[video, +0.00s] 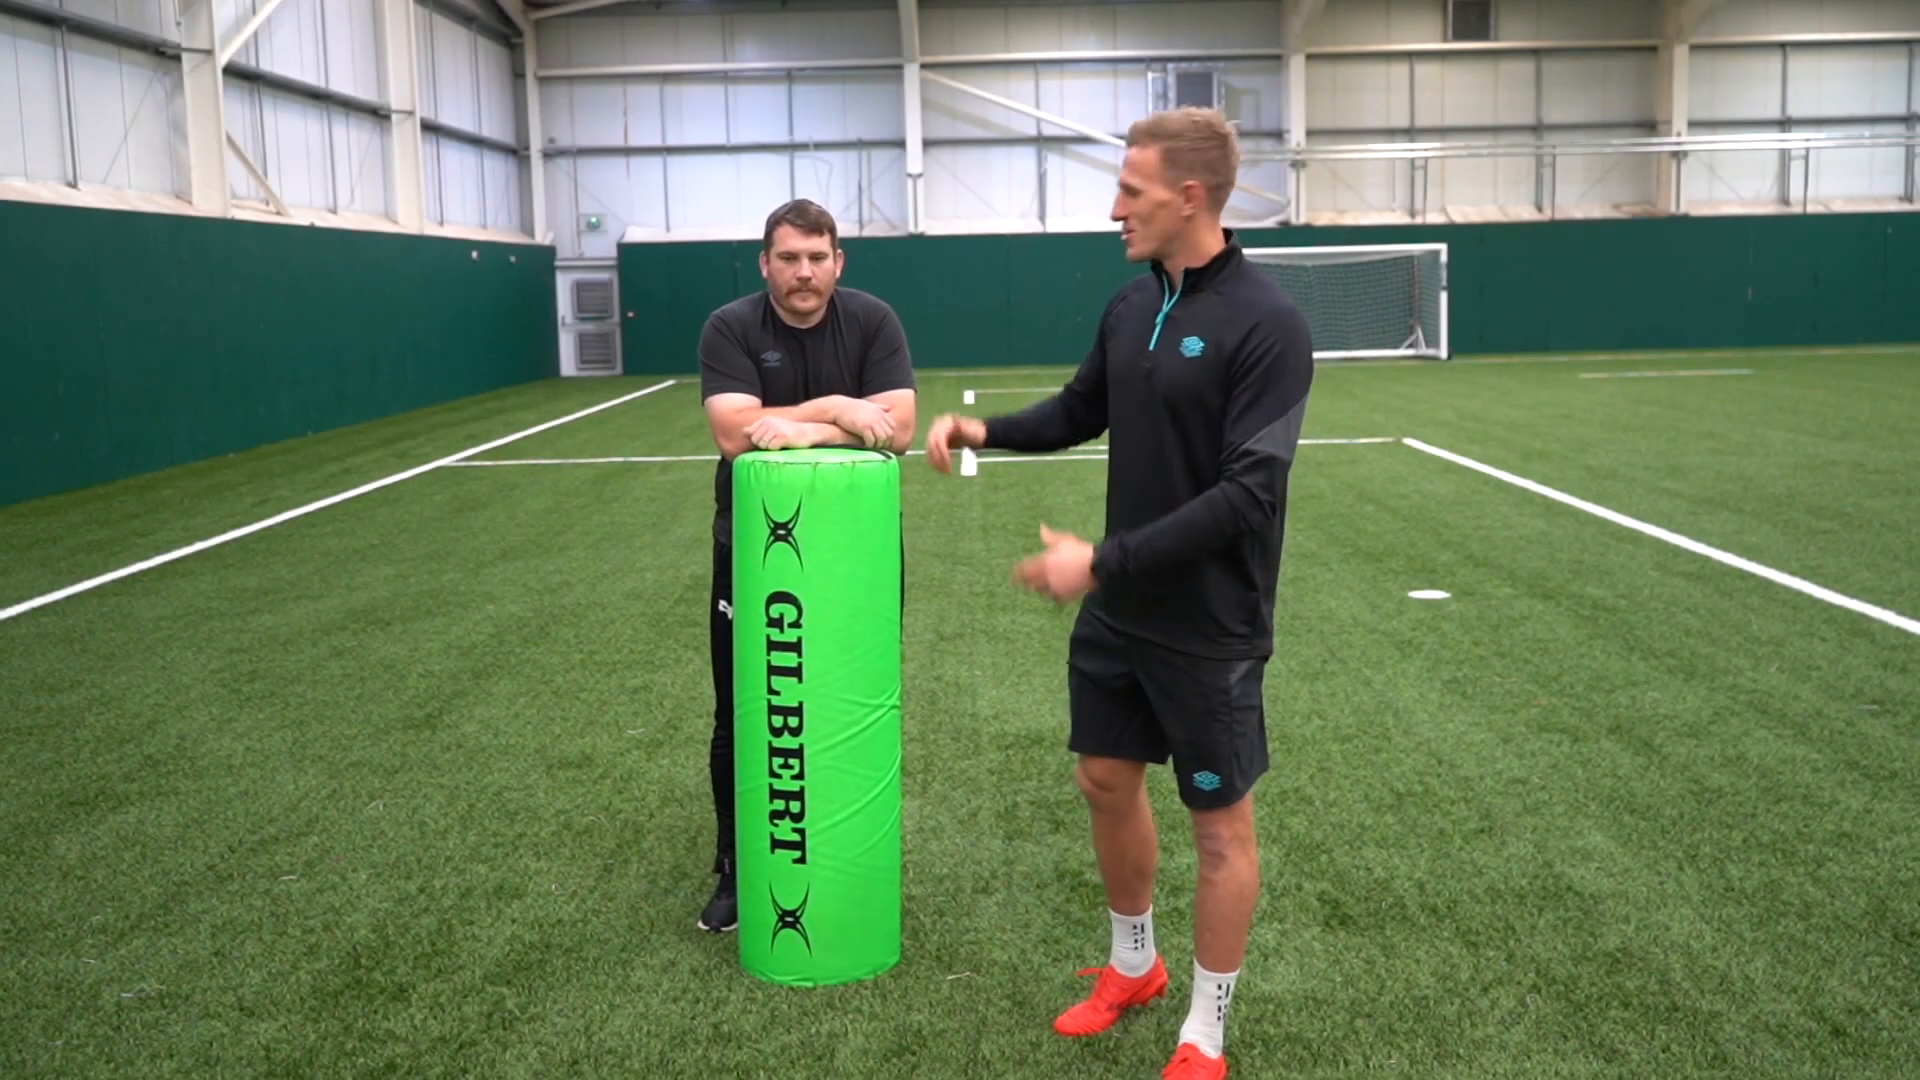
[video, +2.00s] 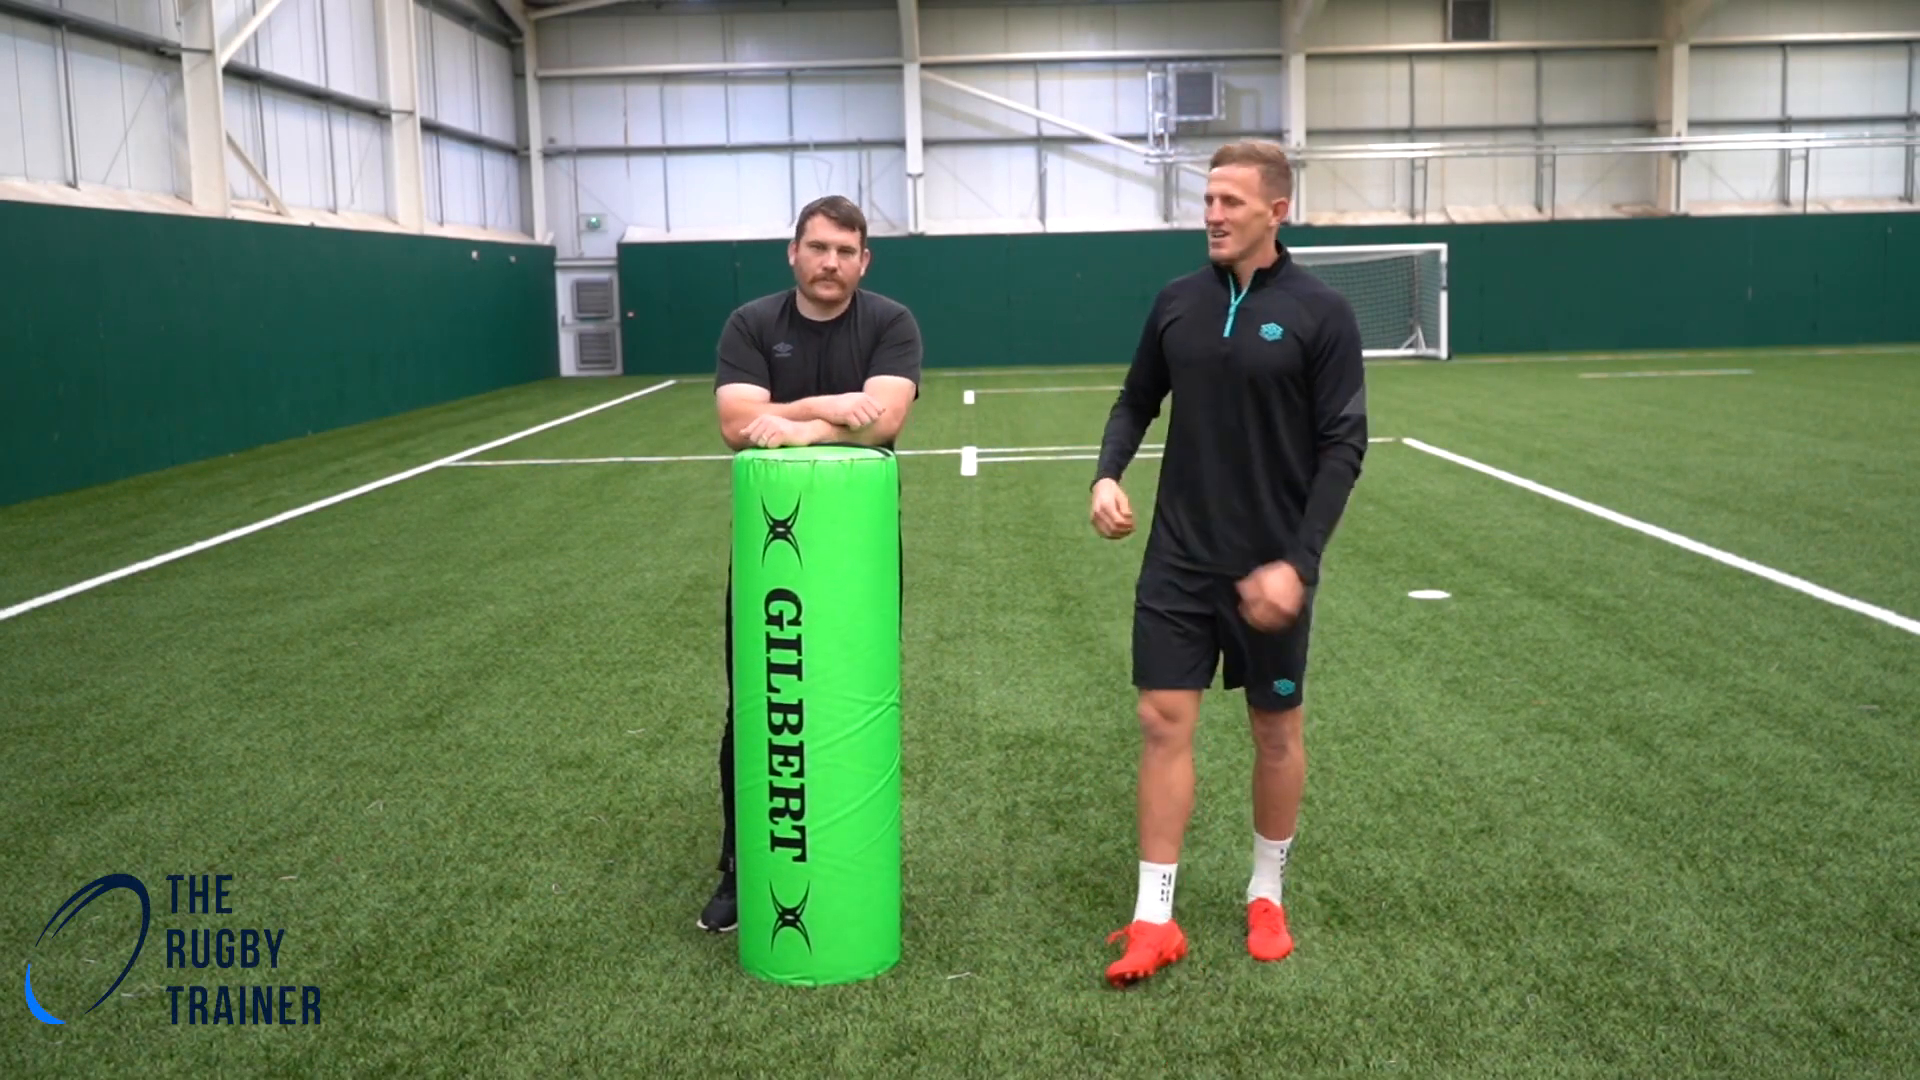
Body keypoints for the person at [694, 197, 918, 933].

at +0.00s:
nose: (804, 273)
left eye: (817, 258)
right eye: (789, 259)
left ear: (837, 260)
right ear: (765, 264)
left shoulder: (873, 320)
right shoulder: (732, 327)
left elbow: (899, 428)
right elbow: (734, 434)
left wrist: (795, 426)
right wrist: (842, 410)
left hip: (851, 550)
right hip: (754, 550)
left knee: (849, 716)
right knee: (742, 713)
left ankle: (846, 880)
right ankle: (736, 874)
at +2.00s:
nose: (829, 262)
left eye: (845, 251)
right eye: (817, 248)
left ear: (864, 260)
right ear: (794, 253)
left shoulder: (891, 323)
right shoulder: (752, 323)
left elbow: (884, 418)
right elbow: (736, 425)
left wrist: (784, 419)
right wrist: (842, 409)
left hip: (858, 546)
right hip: (768, 546)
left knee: (853, 714)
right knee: (752, 710)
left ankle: (848, 881)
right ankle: (740, 871)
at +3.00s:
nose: (875, 257)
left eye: (878, 245)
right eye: (859, 242)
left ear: (876, 256)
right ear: (814, 250)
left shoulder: (891, 325)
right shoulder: (757, 318)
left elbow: (895, 420)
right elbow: (730, 419)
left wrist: (786, 416)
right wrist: (846, 410)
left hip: (854, 546)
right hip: (761, 542)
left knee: (848, 711)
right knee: (744, 706)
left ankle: (840, 878)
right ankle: (732, 871)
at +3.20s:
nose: (864, 257)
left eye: (866, 244)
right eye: (849, 243)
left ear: (863, 255)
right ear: (801, 252)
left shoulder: (878, 322)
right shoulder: (748, 320)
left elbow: (893, 416)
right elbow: (730, 424)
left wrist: (785, 414)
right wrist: (850, 412)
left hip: (848, 544)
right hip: (755, 540)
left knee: (840, 705)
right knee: (739, 701)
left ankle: (834, 869)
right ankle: (724, 865)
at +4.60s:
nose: (758, 258)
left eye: (759, 244)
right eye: (741, 248)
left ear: (757, 250)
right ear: (694, 260)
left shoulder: (783, 315)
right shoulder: (652, 336)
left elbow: (833, 406)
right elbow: (696, 433)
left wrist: (775, 429)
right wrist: (794, 392)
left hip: (784, 555)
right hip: (694, 559)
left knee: (791, 713)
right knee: (695, 722)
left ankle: (800, 864)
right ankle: (709, 871)